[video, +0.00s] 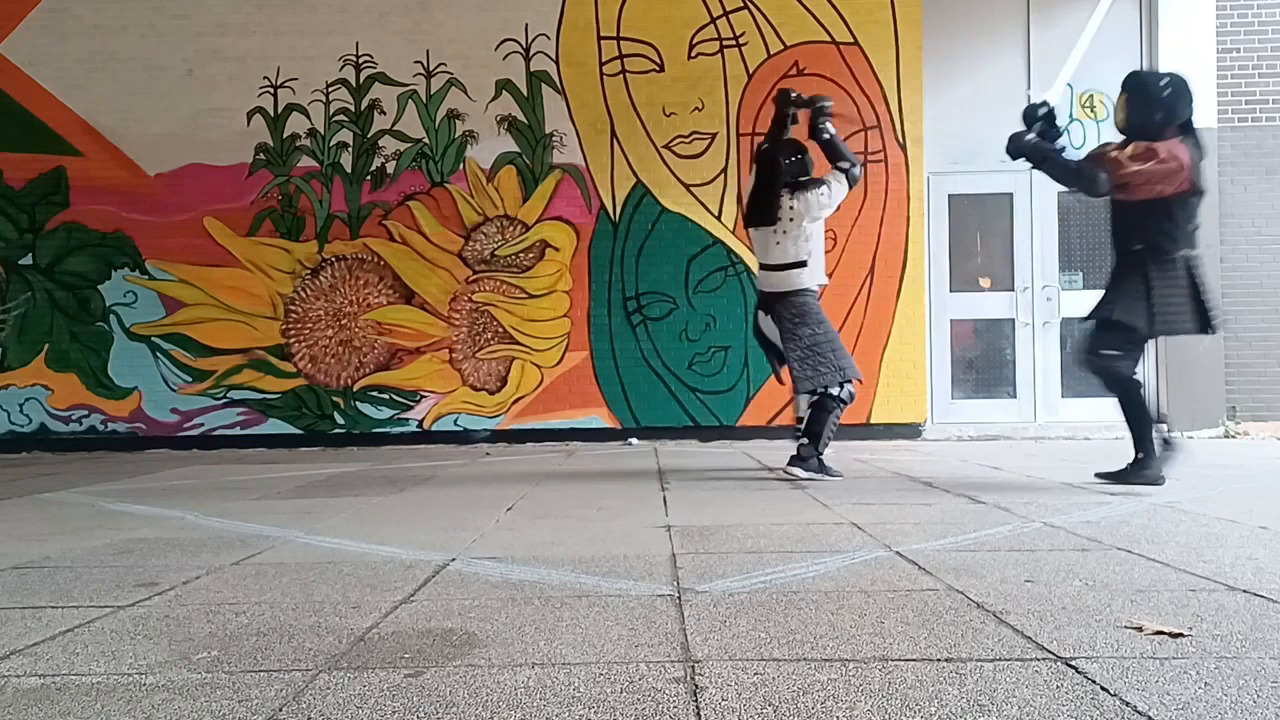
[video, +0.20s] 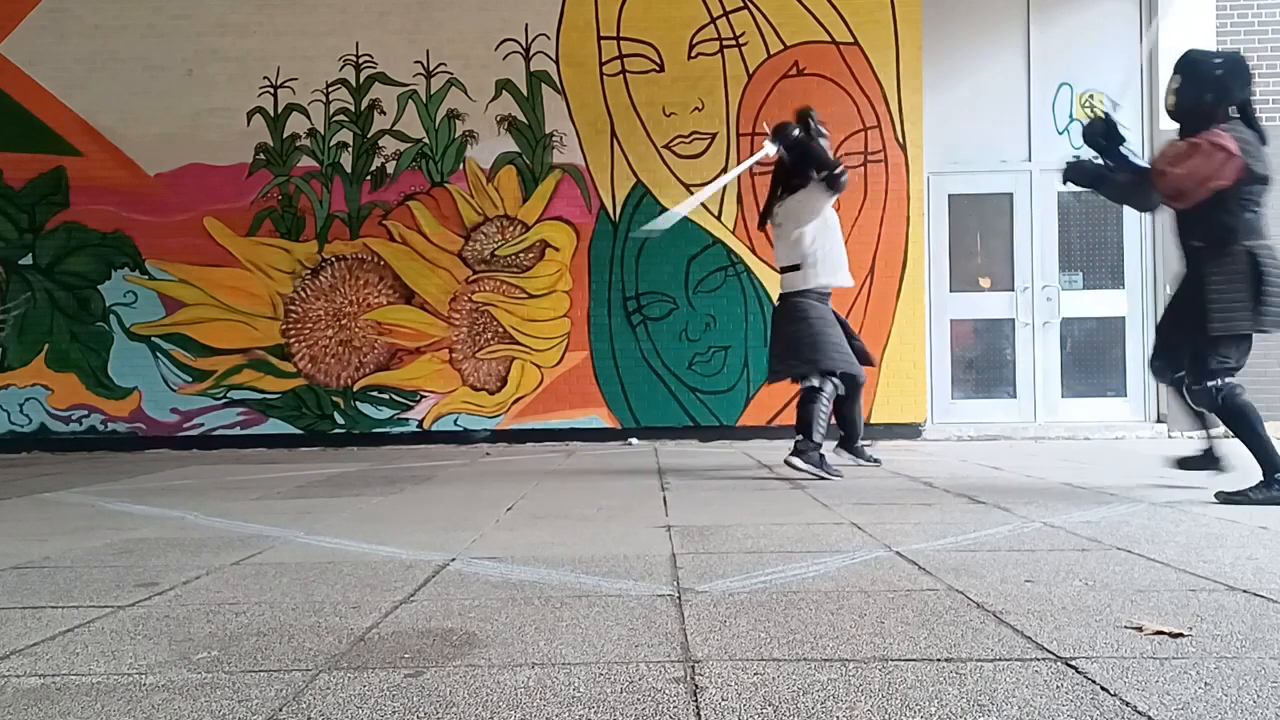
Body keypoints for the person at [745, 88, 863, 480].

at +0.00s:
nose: (809, 169)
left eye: (804, 164)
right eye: (805, 163)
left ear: (768, 169)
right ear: (799, 170)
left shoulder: (756, 202)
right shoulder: (808, 200)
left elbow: (766, 163)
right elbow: (850, 170)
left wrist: (782, 118)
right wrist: (824, 134)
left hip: (768, 302)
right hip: (799, 303)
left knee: (811, 376)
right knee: (844, 381)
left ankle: (810, 451)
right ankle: (807, 455)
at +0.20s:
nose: (830, 151)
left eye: (828, 145)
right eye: (826, 145)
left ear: (790, 164)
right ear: (807, 163)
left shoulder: (793, 204)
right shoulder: (794, 205)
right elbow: (836, 179)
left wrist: (791, 147)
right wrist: (805, 143)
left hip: (815, 305)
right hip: (803, 306)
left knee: (852, 375)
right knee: (825, 376)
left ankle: (851, 443)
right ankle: (808, 446)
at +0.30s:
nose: (818, 185)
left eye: (819, 179)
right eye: (812, 180)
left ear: (820, 181)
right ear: (795, 184)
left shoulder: (827, 209)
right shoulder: (779, 221)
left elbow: (854, 189)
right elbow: (802, 202)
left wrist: (840, 157)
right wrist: (795, 166)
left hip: (827, 312)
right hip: (798, 311)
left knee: (861, 378)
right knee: (819, 371)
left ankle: (848, 447)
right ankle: (801, 451)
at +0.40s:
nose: (812, 199)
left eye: (817, 193)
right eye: (806, 193)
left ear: (822, 197)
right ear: (791, 195)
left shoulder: (829, 230)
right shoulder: (778, 233)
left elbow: (863, 222)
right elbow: (777, 226)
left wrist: (837, 198)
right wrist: (787, 190)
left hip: (826, 318)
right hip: (793, 317)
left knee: (868, 378)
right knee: (806, 376)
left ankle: (850, 446)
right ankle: (776, 441)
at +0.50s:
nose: (807, 207)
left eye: (811, 201)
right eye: (801, 201)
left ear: (815, 201)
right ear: (786, 200)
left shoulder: (824, 228)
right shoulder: (770, 229)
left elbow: (845, 254)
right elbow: (745, 252)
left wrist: (811, 233)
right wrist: (767, 215)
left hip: (818, 321)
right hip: (781, 322)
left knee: (863, 376)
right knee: (777, 385)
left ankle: (849, 447)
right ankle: (742, 436)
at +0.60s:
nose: (793, 212)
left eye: (797, 206)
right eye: (787, 207)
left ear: (803, 206)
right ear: (773, 208)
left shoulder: (813, 235)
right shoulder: (753, 235)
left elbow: (823, 272)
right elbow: (717, 260)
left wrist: (783, 265)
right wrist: (754, 227)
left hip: (803, 326)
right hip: (762, 328)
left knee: (850, 373)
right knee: (743, 387)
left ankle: (849, 448)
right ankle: (720, 432)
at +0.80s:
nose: (746, 218)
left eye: (751, 211)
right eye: (739, 212)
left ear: (758, 213)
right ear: (725, 212)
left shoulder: (765, 249)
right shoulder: (706, 241)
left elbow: (765, 296)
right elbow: (668, 278)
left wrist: (722, 293)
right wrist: (696, 261)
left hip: (748, 333)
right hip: (708, 332)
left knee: (774, 386)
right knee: (688, 392)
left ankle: (821, 444)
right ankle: (716, 449)